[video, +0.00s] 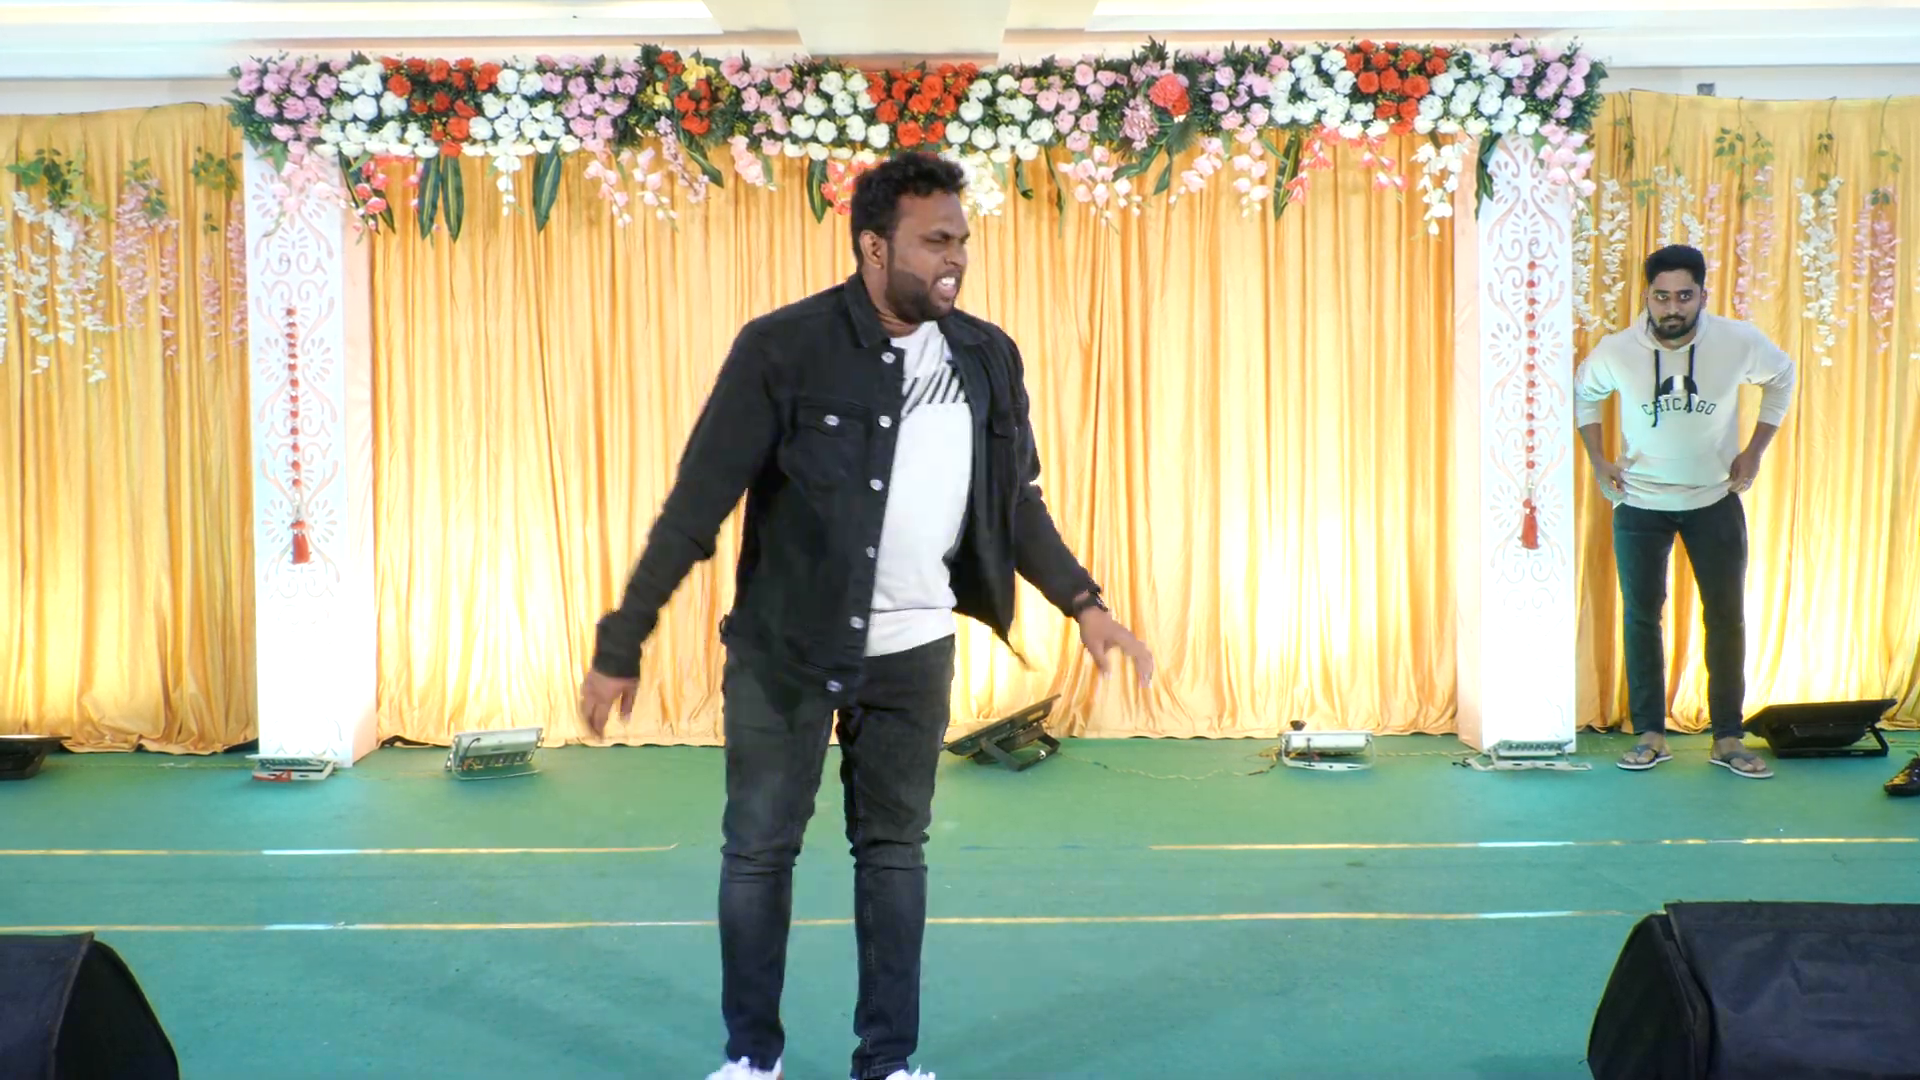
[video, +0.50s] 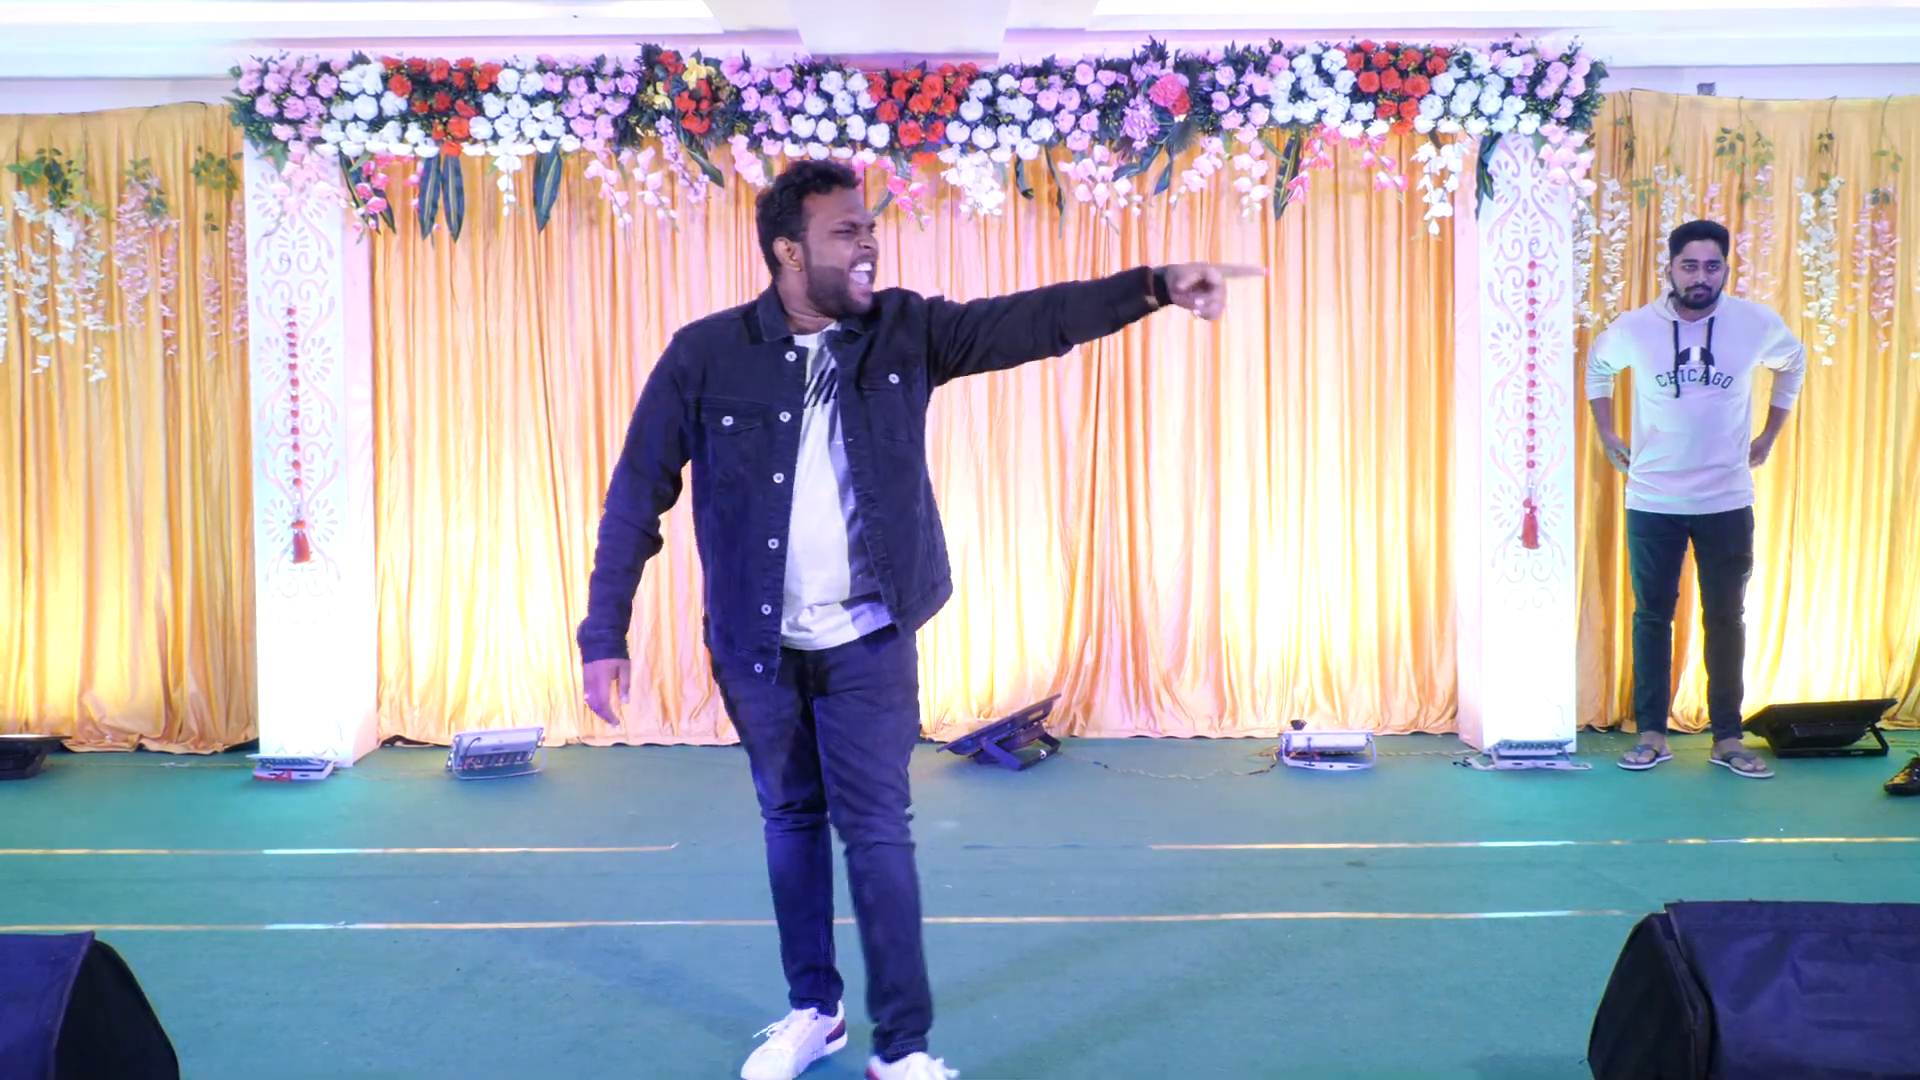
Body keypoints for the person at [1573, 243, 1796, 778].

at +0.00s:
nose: (1672, 308)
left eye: (1683, 296)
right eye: (1661, 296)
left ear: (1703, 295)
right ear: (1646, 296)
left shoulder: (1739, 341)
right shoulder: (1616, 351)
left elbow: (1783, 377)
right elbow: (1583, 396)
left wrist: (1754, 452)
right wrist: (1599, 461)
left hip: (1713, 499)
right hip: (1641, 501)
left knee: (1726, 618)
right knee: (1640, 616)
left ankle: (1727, 740)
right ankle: (1649, 736)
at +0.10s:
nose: (1682, 302)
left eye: (1692, 291)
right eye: (1670, 291)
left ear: (1708, 290)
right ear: (1651, 293)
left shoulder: (1742, 338)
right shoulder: (1622, 347)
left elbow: (1784, 373)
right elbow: (1586, 387)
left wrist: (1756, 449)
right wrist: (1603, 455)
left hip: (1716, 500)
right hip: (1642, 501)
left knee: (1726, 619)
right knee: (1642, 615)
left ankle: (1728, 740)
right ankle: (1650, 735)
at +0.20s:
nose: (1688, 292)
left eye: (1699, 282)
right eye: (1676, 282)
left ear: (1713, 284)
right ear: (1657, 285)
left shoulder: (1745, 332)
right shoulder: (1625, 340)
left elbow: (1785, 367)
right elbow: (1588, 379)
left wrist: (1760, 442)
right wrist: (1603, 448)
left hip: (1718, 497)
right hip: (1644, 497)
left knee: (1727, 619)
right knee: (1644, 615)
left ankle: (1728, 740)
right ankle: (1650, 735)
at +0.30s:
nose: (1694, 285)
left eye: (1704, 275)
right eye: (1682, 274)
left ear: (1718, 279)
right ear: (1662, 277)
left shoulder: (1747, 327)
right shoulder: (1629, 333)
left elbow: (1788, 362)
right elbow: (1590, 370)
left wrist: (1764, 440)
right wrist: (1603, 439)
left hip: (1721, 495)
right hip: (1647, 495)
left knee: (1726, 618)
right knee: (1647, 615)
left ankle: (1728, 739)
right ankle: (1651, 734)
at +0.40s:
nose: (1699, 278)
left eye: (1709, 269)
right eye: (1688, 268)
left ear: (1723, 274)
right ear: (1667, 272)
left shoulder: (1752, 323)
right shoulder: (1633, 329)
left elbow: (1789, 359)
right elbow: (1593, 364)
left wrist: (1767, 436)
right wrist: (1606, 435)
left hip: (1724, 495)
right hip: (1651, 495)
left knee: (1725, 619)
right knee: (1650, 614)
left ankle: (1728, 739)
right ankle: (1651, 735)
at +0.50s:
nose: (1701, 275)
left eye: (1712, 265)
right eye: (1690, 265)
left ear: (1726, 270)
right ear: (1670, 269)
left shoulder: (1754, 322)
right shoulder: (1635, 328)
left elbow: (1792, 362)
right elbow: (1596, 367)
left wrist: (1768, 436)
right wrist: (1608, 435)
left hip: (1725, 495)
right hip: (1653, 495)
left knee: (1724, 618)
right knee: (1652, 614)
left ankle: (1728, 739)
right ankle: (1651, 735)